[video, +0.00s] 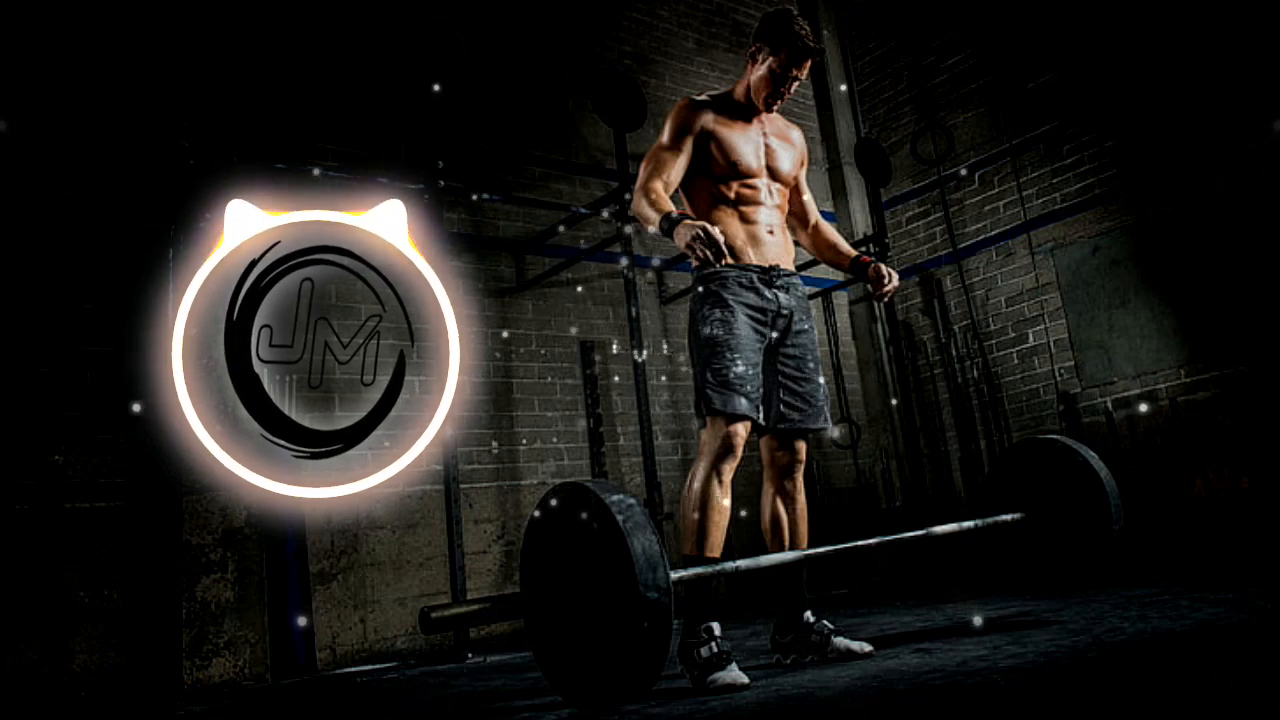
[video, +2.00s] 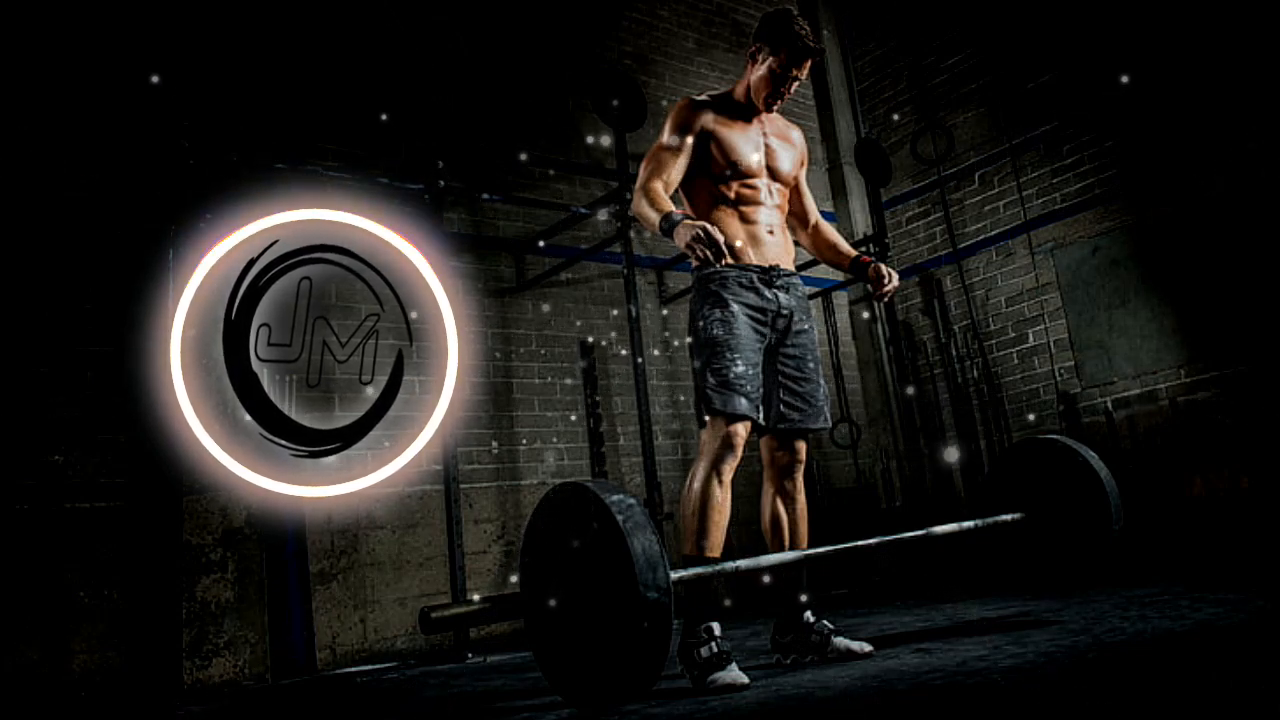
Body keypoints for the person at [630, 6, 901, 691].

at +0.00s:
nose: (789, 89)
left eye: (799, 79)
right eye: (787, 73)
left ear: (800, 76)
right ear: (756, 57)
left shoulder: (792, 137)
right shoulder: (698, 115)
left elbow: (807, 223)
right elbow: (645, 197)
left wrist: (860, 264)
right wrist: (675, 226)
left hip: (791, 297)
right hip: (731, 292)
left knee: (790, 455)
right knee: (730, 437)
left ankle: (798, 624)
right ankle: (699, 634)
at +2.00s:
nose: (789, 89)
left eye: (799, 79)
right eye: (786, 72)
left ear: (801, 76)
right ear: (756, 57)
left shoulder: (792, 137)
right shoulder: (697, 115)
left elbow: (808, 224)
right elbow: (646, 197)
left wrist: (860, 264)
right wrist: (677, 225)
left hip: (791, 297)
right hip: (731, 292)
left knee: (790, 455)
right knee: (730, 436)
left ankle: (796, 624)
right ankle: (699, 634)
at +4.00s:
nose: (789, 88)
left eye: (799, 78)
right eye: (786, 72)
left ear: (801, 77)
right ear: (756, 58)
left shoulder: (792, 137)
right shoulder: (697, 117)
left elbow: (808, 224)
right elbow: (645, 197)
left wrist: (860, 264)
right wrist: (676, 226)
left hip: (790, 297)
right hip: (730, 293)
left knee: (790, 455)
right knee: (730, 437)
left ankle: (798, 624)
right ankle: (699, 634)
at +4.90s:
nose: (794, 89)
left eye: (802, 78)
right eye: (790, 73)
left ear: (804, 76)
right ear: (757, 58)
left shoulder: (793, 137)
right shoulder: (697, 115)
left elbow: (809, 225)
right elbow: (644, 199)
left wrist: (860, 264)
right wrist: (677, 225)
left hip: (790, 297)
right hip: (730, 293)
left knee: (789, 455)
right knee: (729, 438)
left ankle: (797, 625)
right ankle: (699, 634)